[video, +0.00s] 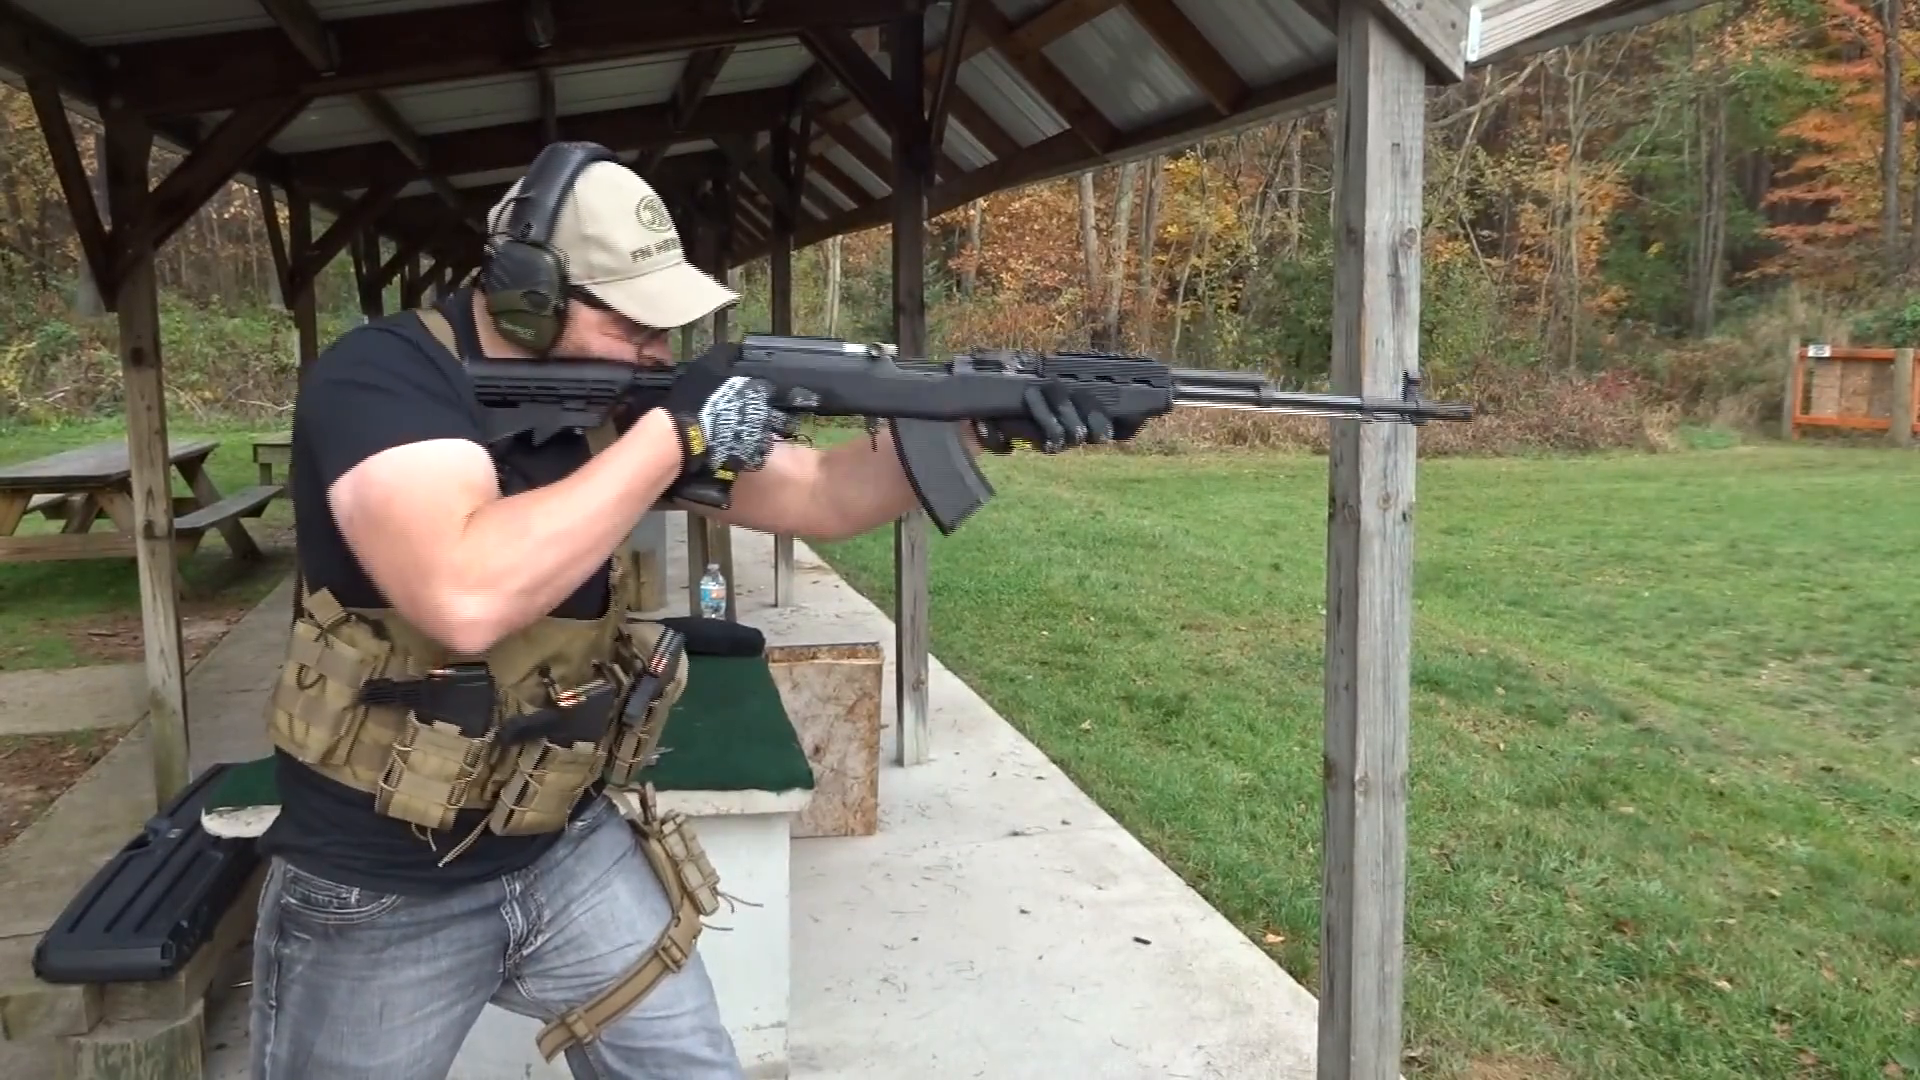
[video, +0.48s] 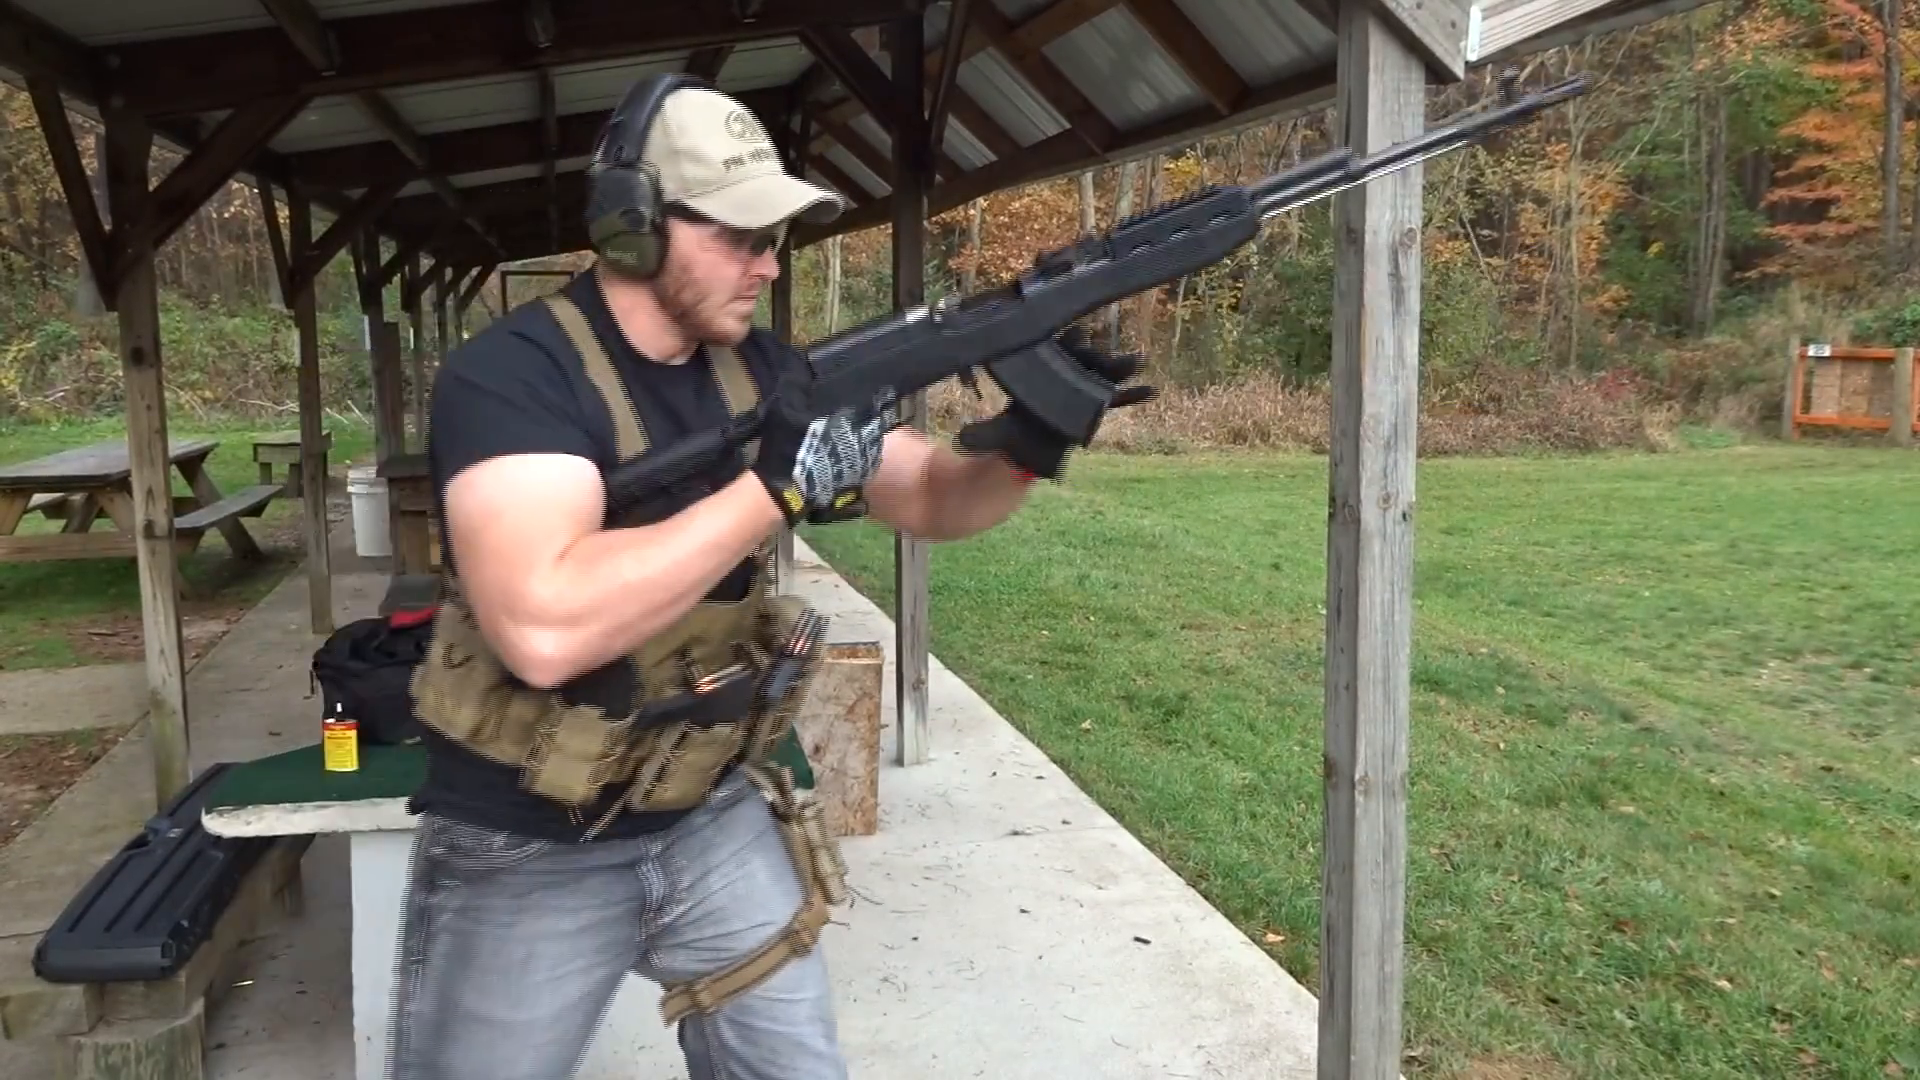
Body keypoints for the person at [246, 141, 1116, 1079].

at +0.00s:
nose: (653, 350)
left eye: (659, 326)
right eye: (628, 325)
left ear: (653, 298)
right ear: (527, 300)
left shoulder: (612, 399)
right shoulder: (375, 380)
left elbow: (819, 492)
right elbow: (463, 595)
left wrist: (999, 415)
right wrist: (668, 434)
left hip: (573, 848)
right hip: (380, 892)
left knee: (691, 1063)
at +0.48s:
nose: (769, 266)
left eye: (772, 237)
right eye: (738, 238)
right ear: (634, 229)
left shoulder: (761, 369)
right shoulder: (509, 376)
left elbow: (931, 495)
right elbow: (544, 631)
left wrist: (1024, 448)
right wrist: (774, 490)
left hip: (719, 825)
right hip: (522, 860)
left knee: (798, 1065)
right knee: (470, 1068)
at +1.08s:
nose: (502, 318)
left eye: (520, 271)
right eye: (457, 288)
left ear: (563, 247)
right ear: (377, 285)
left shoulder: (644, 361)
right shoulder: (311, 465)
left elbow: (842, 496)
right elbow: (356, 811)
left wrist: (911, 490)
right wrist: (610, 619)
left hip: (648, 874)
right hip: (431, 937)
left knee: (722, 1060)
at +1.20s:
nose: (456, 329)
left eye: (473, 278)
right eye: (404, 301)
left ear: (510, 227)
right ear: (311, 286)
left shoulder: (601, 348)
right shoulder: (240, 472)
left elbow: (818, 456)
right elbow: (270, 826)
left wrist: (939, 478)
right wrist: (519, 639)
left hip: (619, 883)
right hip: (395, 950)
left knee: (691, 1067)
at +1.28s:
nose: (446, 330)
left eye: (468, 282)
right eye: (395, 304)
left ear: (502, 230)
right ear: (297, 281)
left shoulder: (587, 356)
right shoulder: (219, 468)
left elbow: (775, 492)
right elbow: (230, 827)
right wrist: (464, 657)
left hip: (616, 893)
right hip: (384, 956)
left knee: (676, 1064)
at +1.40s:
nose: (448, 344)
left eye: (471, 299)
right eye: (400, 315)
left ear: (509, 243)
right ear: (302, 277)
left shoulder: (599, 390)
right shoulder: (203, 463)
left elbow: (767, 580)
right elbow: (177, 828)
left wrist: (802, 658)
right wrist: (396, 689)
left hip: (600, 913)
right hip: (364, 964)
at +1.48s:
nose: (451, 386)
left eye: (479, 344)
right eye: (410, 354)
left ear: (521, 281)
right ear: (314, 290)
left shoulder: (596, 406)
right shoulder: (197, 465)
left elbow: (743, 617)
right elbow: (148, 822)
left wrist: (809, 778)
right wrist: (347, 726)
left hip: (578, 916)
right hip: (341, 964)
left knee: (605, 1065)